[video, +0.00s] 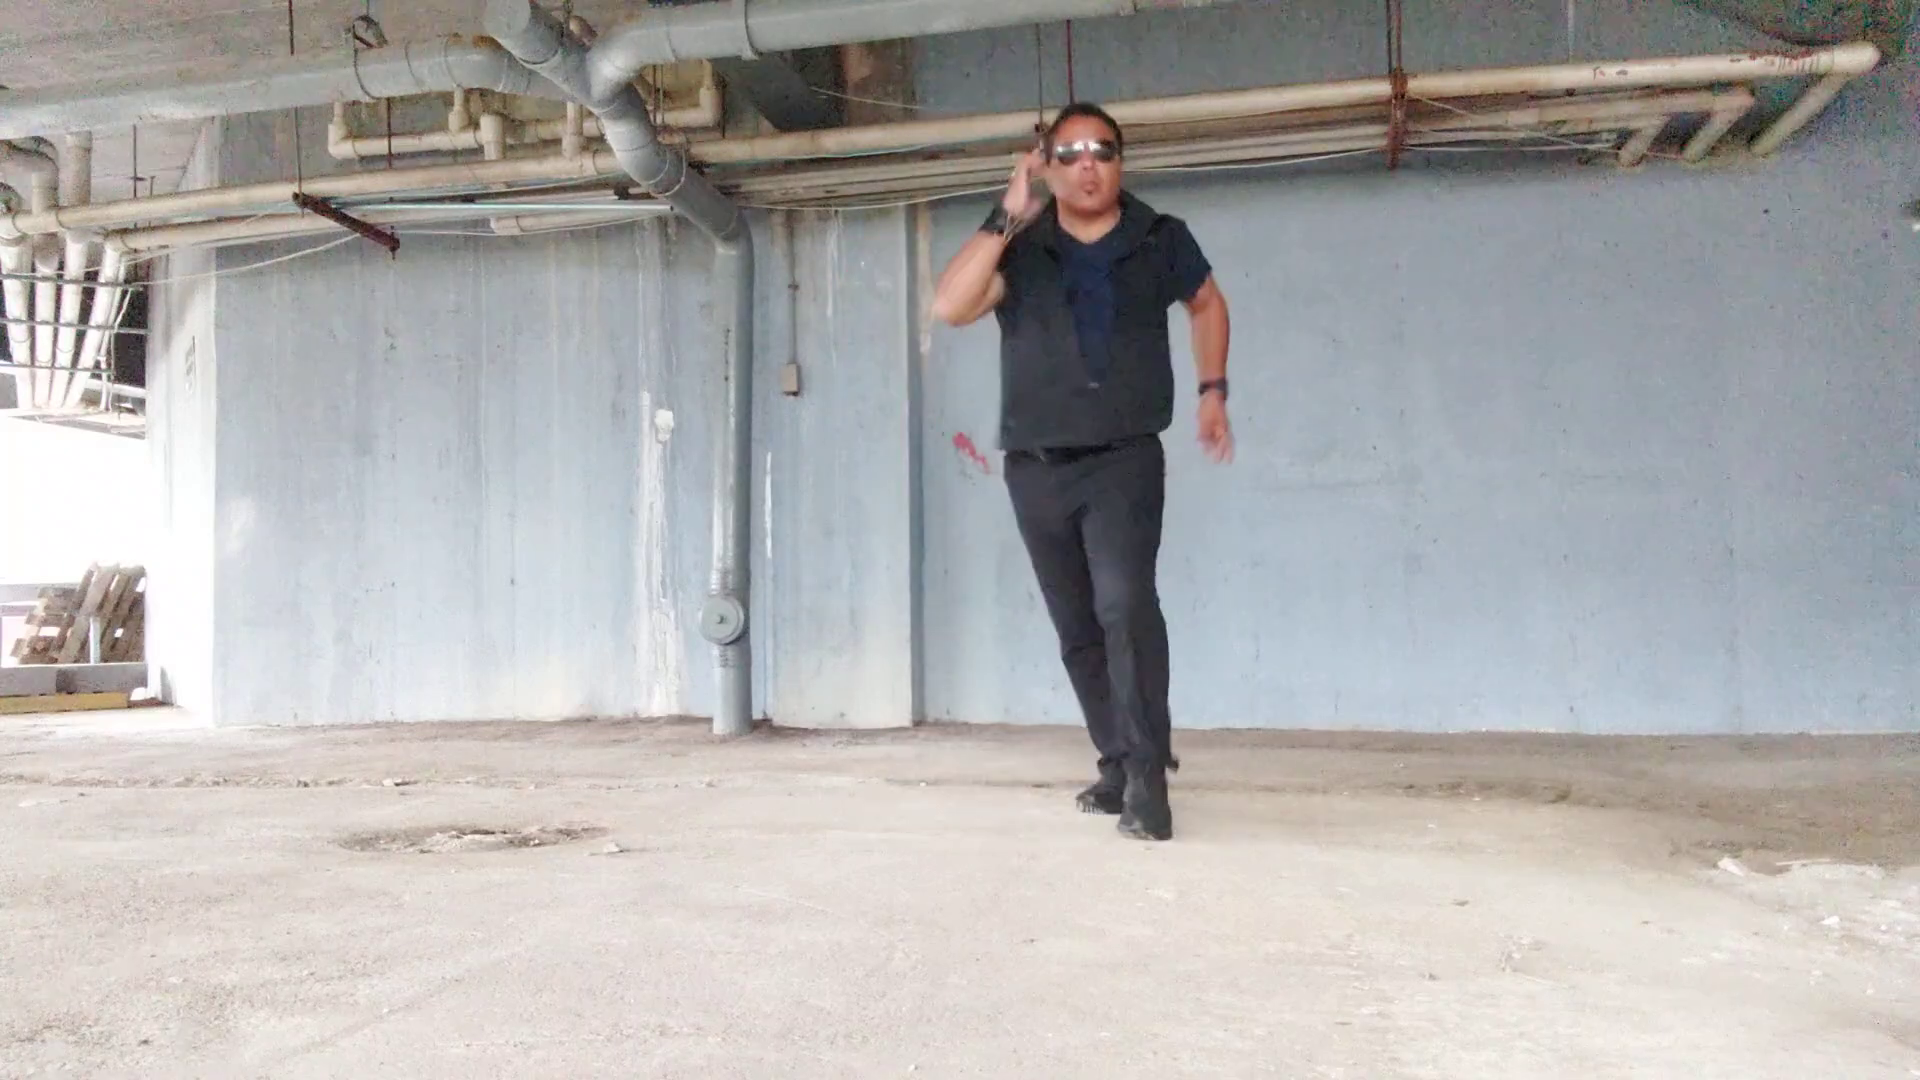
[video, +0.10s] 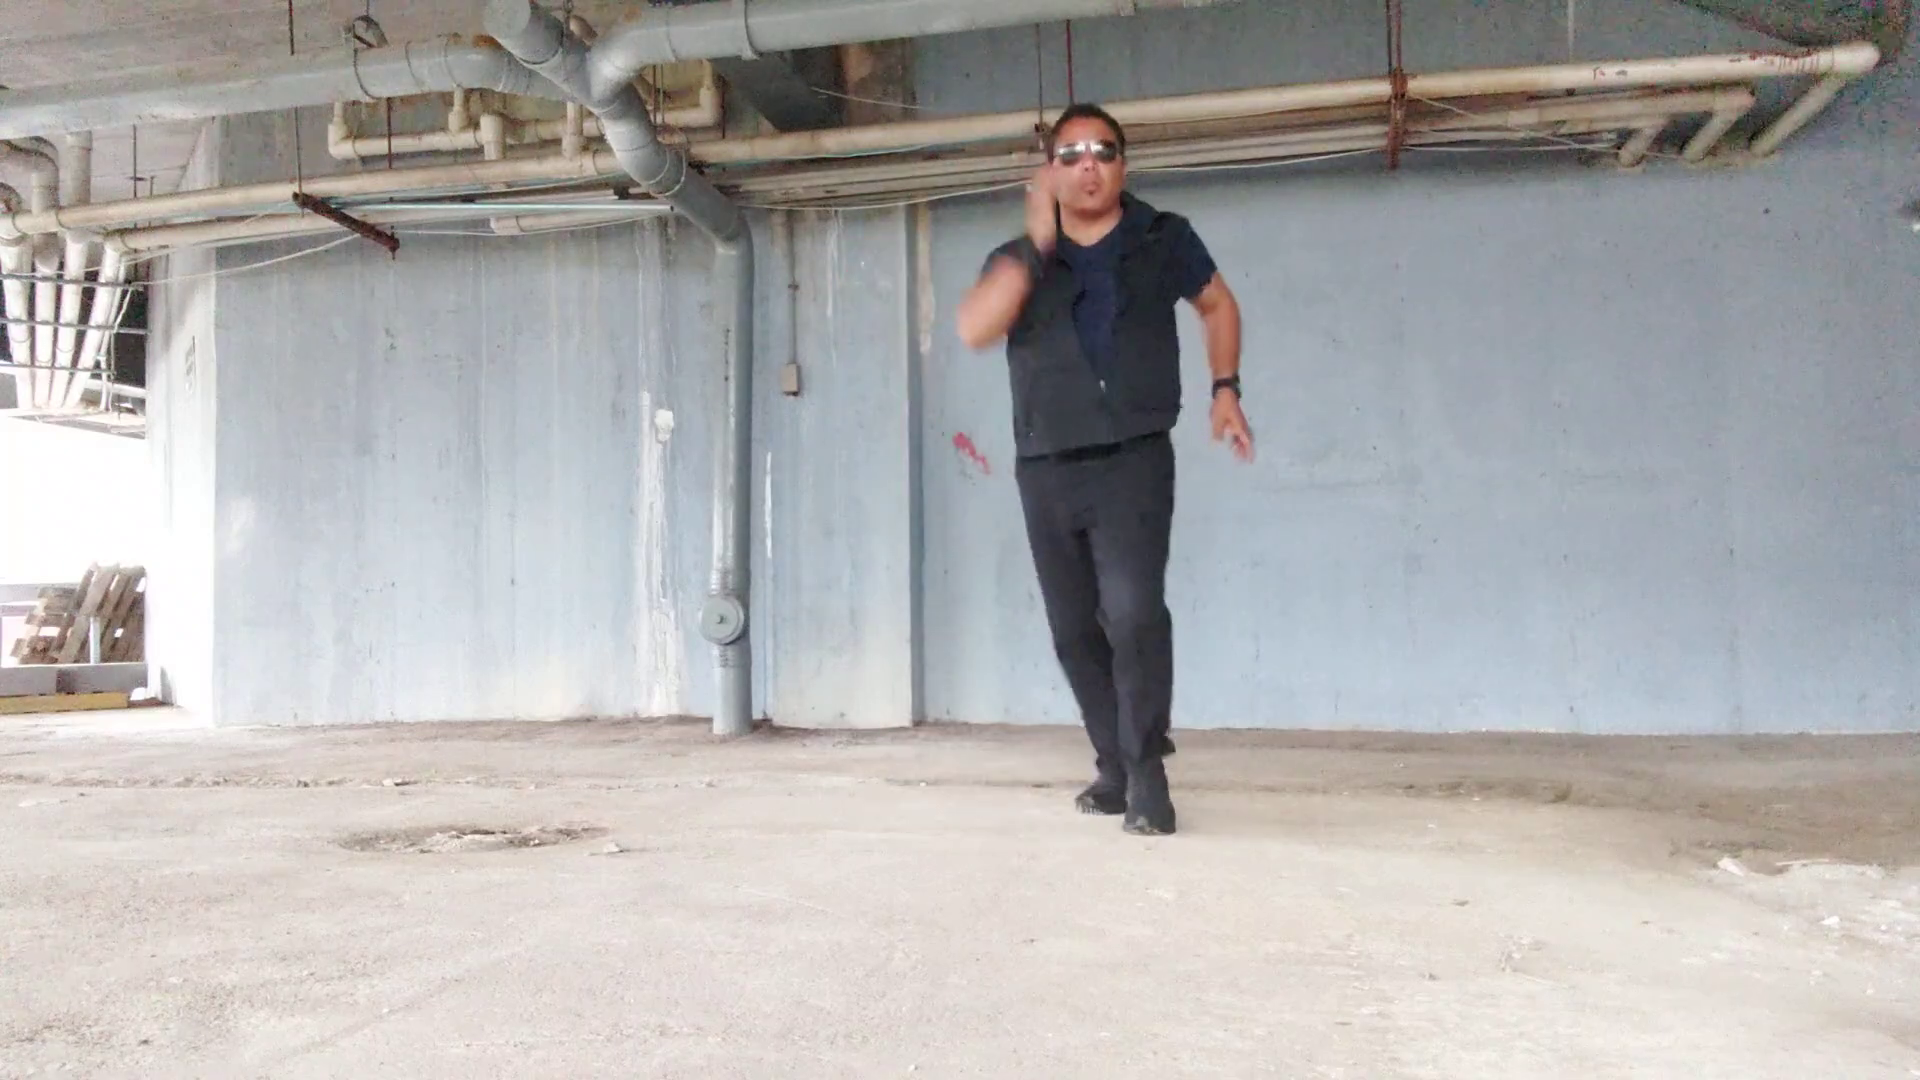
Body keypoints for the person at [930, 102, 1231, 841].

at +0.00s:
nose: (1087, 164)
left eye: (1101, 152)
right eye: (1070, 154)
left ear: (1120, 166)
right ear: (1045, 170)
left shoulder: (1157, 238)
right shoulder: (1017, 247)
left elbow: (1206, 303)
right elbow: (950, 307)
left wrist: (1212, 393)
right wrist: (1008, 218)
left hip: (1124, 457)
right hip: (1037, 464)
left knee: (1122, 606)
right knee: (1076, 629)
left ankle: (1146, 774)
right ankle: (1116, 763)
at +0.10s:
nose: (1089, 166)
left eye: (1102, 153)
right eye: (1072, 156)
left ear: (1123, 167)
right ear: (1049, 174)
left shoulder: (1163, 238)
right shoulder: (1021, 254)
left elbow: (1217, 305)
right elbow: (974, 330)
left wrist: (1224, 389)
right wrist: (1037, 244)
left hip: (1133, 460)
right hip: (1047, 468)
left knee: (1132, 615)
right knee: (1074, 628)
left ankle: (1146, 771)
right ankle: (1113, 769)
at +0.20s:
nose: (1092, 158)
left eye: (1106, 145)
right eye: (1075, 148)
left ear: (1126, 160)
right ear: (1052, 166)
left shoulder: (1174, 239)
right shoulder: (1021, 255)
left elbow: (1238, 324)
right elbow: (994, 360)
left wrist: (1206, 383)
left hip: (1145, 462)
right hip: (1053, 468)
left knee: (1150, 616)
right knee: (1036, 619)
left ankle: (1149, 777)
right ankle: (1096, 732)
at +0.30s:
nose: (1106, 156)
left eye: (1121, 143)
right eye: (1088, 145)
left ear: (1139, 157)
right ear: (1063, 162)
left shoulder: (1176, 242)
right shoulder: (1027, 250)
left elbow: (1232, 323)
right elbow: (984, 346)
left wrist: (1142, 334)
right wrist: (1011, 416)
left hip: (1149, 465)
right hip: (1055, 465)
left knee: (1153, 617)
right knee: (1022, 601)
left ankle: (1150, 781)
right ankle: (1049, 772)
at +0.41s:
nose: (1115, 147)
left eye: (1129, 135)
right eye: (1098, 136)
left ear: (1148, 150)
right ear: (1072, 151)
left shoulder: (1176, 227)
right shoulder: (1033, 226)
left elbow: (1198, 301)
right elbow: (963, 287)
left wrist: (1098, 252)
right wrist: (963, 359)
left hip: (1153, 457)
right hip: (1058, 455)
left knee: (1159, 625)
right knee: (1035, 618)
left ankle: (1153, 782)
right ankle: (997, 774)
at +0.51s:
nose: (1106, 149)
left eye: (1121, 136)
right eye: (1089, 137)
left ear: (1143, 150)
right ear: (1064, 152)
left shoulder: (1171, 232)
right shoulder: (1027, 217)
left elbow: (1198, 324)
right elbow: (937, 231)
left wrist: (1119, 271)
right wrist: (929, 267)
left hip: (1144, 456)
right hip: (1048, 455)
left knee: (1155, 625)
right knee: (1033, 618)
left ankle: (1153, 784)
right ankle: (1036, 796)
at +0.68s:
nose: (1065, 149)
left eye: (1083, 136)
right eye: (1050, 137)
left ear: (1106, 152)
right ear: (1028, 154)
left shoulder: (1145, 240)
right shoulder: (998, 232)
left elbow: (1203, 331)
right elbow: (918, 243)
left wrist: (1200, 370)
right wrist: (1013, 208)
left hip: (1114, 454)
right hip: (1019, 457)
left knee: (1135, 612)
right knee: (1029, 623)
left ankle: (1142, 773)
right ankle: (1046, 793)